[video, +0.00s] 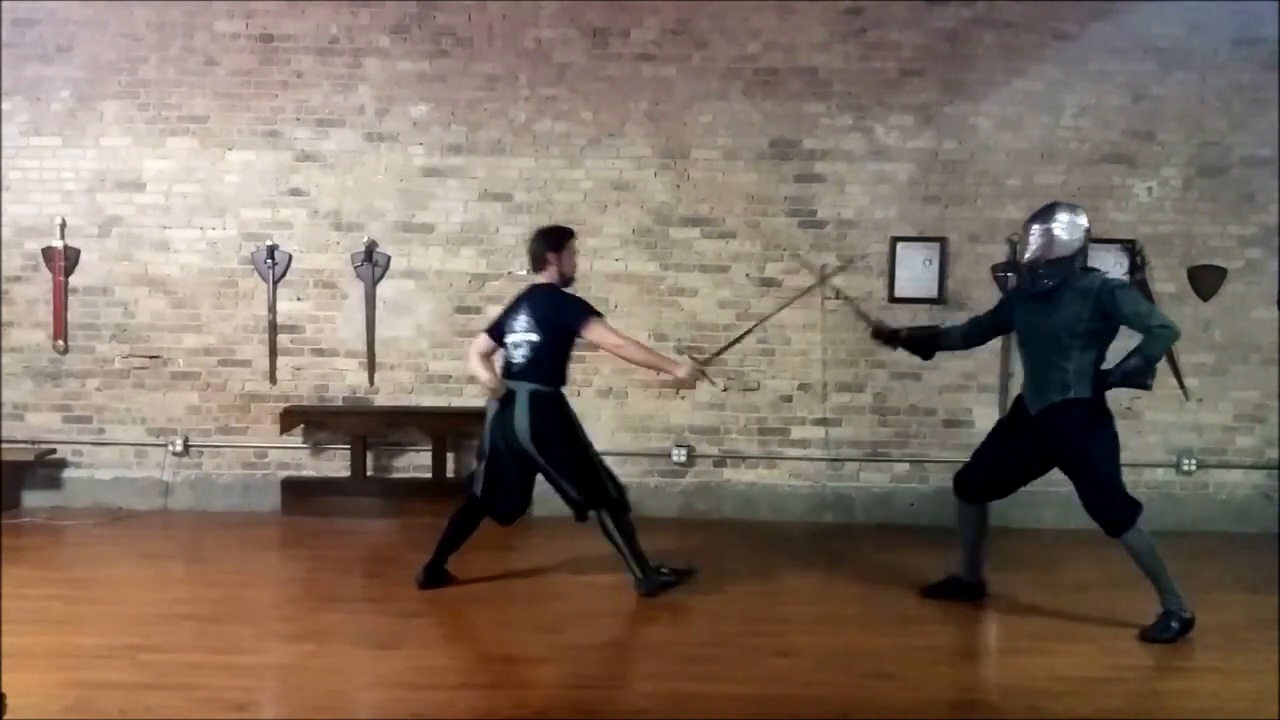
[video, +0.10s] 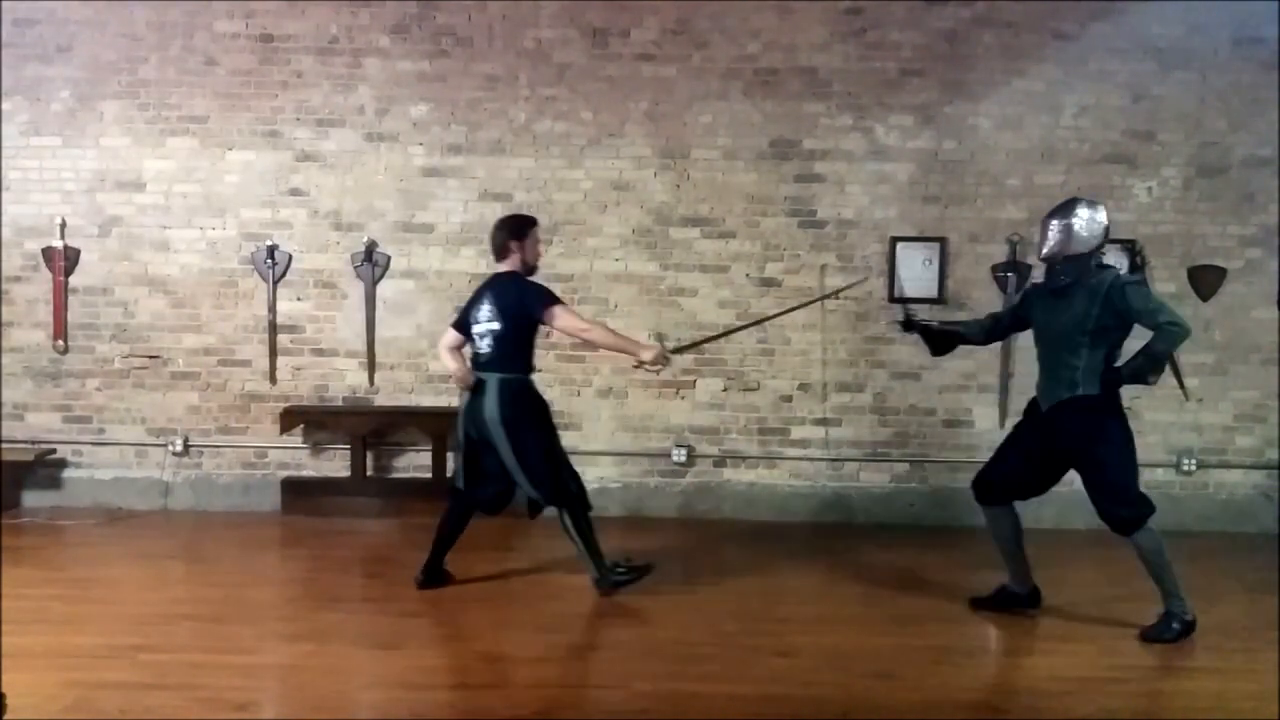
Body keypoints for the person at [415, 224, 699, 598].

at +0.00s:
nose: (577, 261)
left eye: (575, 253)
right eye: (572, 254)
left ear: (542, 261)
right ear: (553, 259)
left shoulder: (517, 305)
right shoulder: (563, 303)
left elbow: (476, 353)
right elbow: (616, 343)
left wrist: (495, 386)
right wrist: (674, 367)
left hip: (504, 413)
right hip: (541, 413)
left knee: (484, 496)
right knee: (602, 492)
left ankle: (434, 567)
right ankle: (644, 574)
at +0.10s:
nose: (540, 249)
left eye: (539, 241)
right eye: (535, 242)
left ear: (504, 249)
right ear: (515, 247)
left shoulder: (483, 294)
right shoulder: (525, 290)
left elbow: (447, 346)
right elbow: (581, 328)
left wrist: (465, 378)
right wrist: (640, 349)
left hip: (479, 402)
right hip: (513, 402)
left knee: (469, 488)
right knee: (565, 485)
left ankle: (432, 567)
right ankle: (602, 570)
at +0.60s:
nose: (440, 237)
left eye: (437, 229)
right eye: (434, 230)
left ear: (402, 241)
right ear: (416, 238)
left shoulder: (376, 283)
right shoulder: (424, 287)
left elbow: (330, 324)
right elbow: (489, 326)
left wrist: (353, 367)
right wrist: (549, 349)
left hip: (378, 398)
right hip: (393, 401)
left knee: (423, 481)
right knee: (373, 496)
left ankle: (425, 569)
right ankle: (294, 568)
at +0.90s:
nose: (391, 238)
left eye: (389, 229)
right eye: (386, 230)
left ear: (352, 239)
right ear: (365, 238)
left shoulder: (320, 275)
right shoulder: (365, 292)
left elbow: (266, 312)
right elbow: (431, 341)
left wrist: (275, 356)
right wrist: (482, 364)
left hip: (290, 387)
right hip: (315, 395)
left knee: (346, 470)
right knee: (327, 491)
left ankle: (335, 562)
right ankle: (279, 582)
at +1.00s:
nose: (376, 236)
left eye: (374, 228)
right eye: (371, 230)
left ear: (336, 238)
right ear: (350, 237)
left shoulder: (305, 274)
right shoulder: (350, 294)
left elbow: (256, 314)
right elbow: (411, 344)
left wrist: (262, 358)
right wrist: (465, 370)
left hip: (270, 389)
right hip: (299, 398)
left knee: (291, 483)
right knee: (319, 496)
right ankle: (277, 584)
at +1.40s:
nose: (329, 249)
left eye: (326, 241)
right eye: (322, 242)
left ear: (293, 251)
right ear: (299, 251)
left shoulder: (266, 291)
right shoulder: (297, 308)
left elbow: (223, 326)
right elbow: (363, 363)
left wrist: (218, 364)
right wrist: (418, 391)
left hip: (219, 402)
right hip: (253, 411)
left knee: (174, 485)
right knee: (304, 492)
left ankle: (123, 563)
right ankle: (277, 583)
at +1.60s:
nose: (305, 250)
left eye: (303, 242)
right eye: (298, 242)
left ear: (269, 251)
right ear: (277, 250)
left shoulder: (242, 293)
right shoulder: (271, 307)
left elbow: (203, 333)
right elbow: (329, 366)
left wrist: (195, 372)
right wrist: (387, 403)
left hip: (199, 405)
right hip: (233, 413)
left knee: (157, 487)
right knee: (291, 488)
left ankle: (108, 570)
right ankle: (278, 584)